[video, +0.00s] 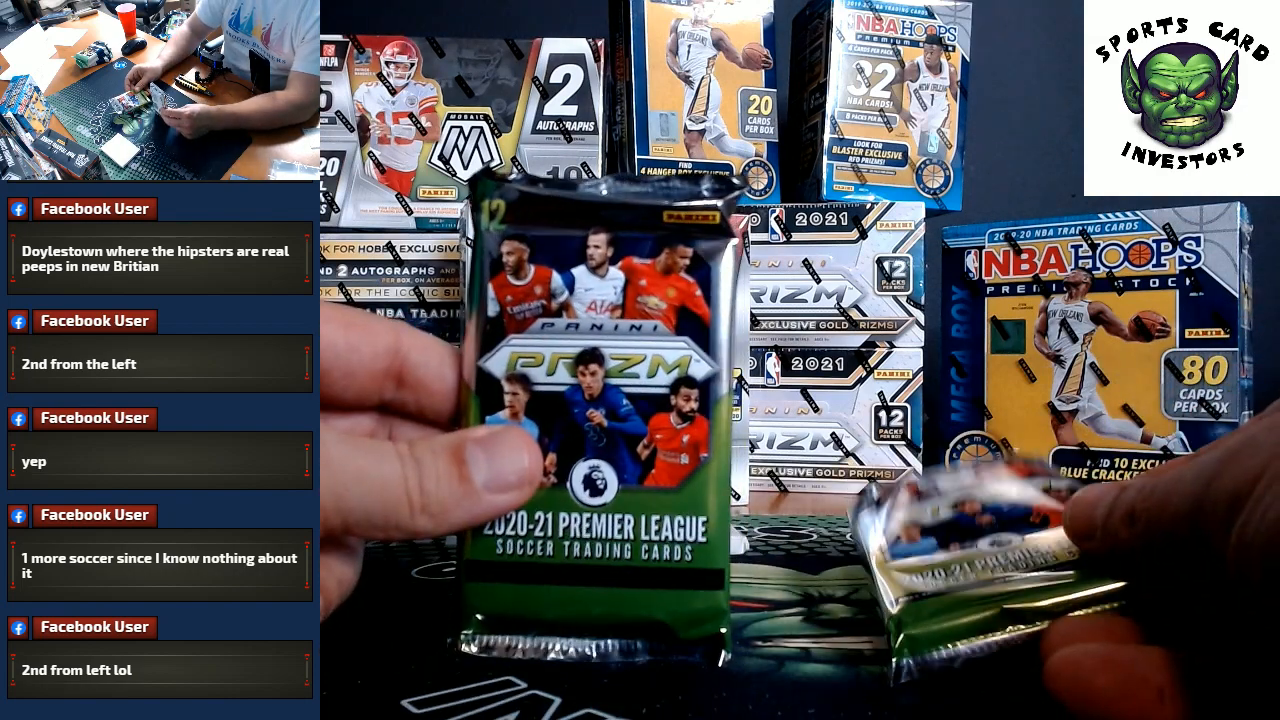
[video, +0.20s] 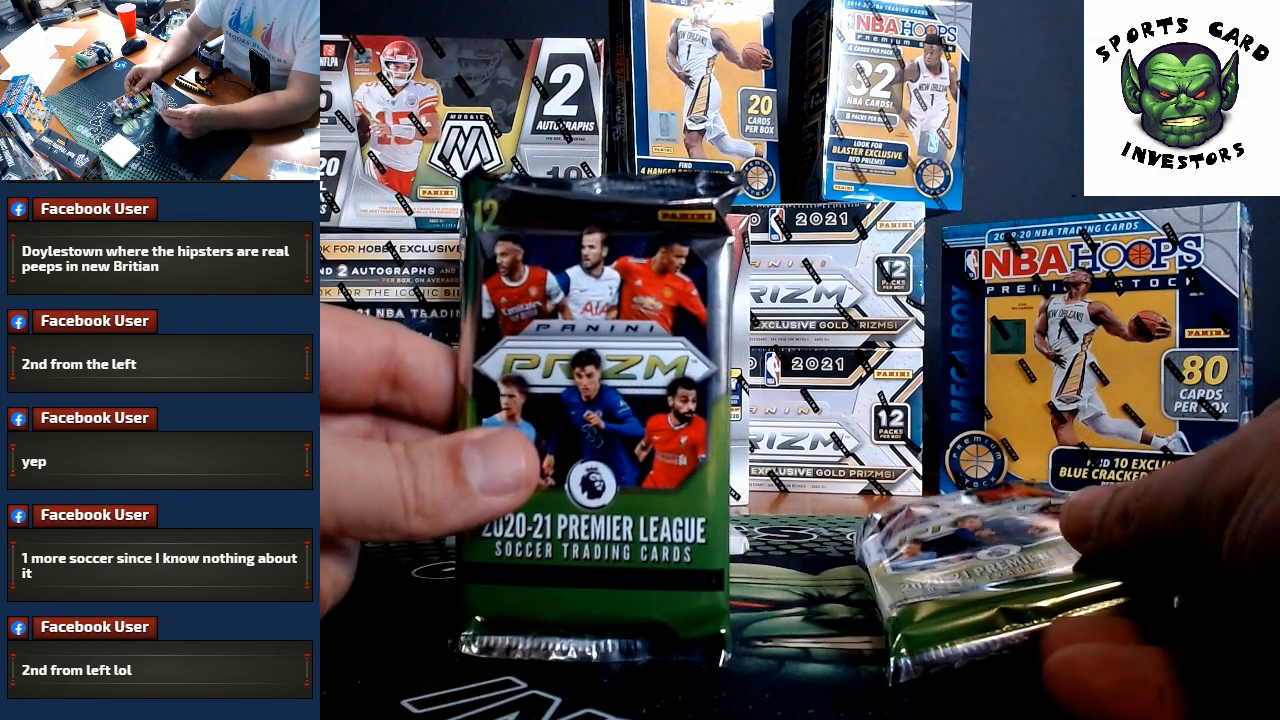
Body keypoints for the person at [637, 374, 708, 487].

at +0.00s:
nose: (692, 406)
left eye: (696, 400)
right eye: (686, 400)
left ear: (699, 401)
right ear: (673, 400)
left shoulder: (702, 427)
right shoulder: (657, 422)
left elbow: (705, 461)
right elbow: (647, 444)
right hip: (655, 486)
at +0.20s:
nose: (690, 407)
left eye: (694, 401)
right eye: (684, 401)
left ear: (697, 402)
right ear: (670, 401)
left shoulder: (699, 427)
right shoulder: (654, 423)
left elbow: (703, 461)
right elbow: (644, 446)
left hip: (682, 491)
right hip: (653, 487)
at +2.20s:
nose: (698, 409)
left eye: (702, 403)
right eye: (692, 403)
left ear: (705, 403)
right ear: (678, 403)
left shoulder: (709, 430)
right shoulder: (663, 425)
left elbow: (714, 467)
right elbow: (652, 449)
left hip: (691, 495)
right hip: (661, 490)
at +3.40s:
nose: (696, 408)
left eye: (699, 402)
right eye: (689, 402)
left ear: (701, 402)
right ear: (675, 403)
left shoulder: (706, 429)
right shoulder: (660, 425)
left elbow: (711, 466)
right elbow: (650, 449)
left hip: (689, 494)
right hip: (659, 490)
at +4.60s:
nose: (694, 405)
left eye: (697, 400)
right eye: (687, 400)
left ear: (700, 400)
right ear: (674, 400)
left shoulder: (704, 426)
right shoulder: (659, 422)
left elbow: (709, 461)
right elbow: (648, 446)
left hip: (687, 491)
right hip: (658, 487)